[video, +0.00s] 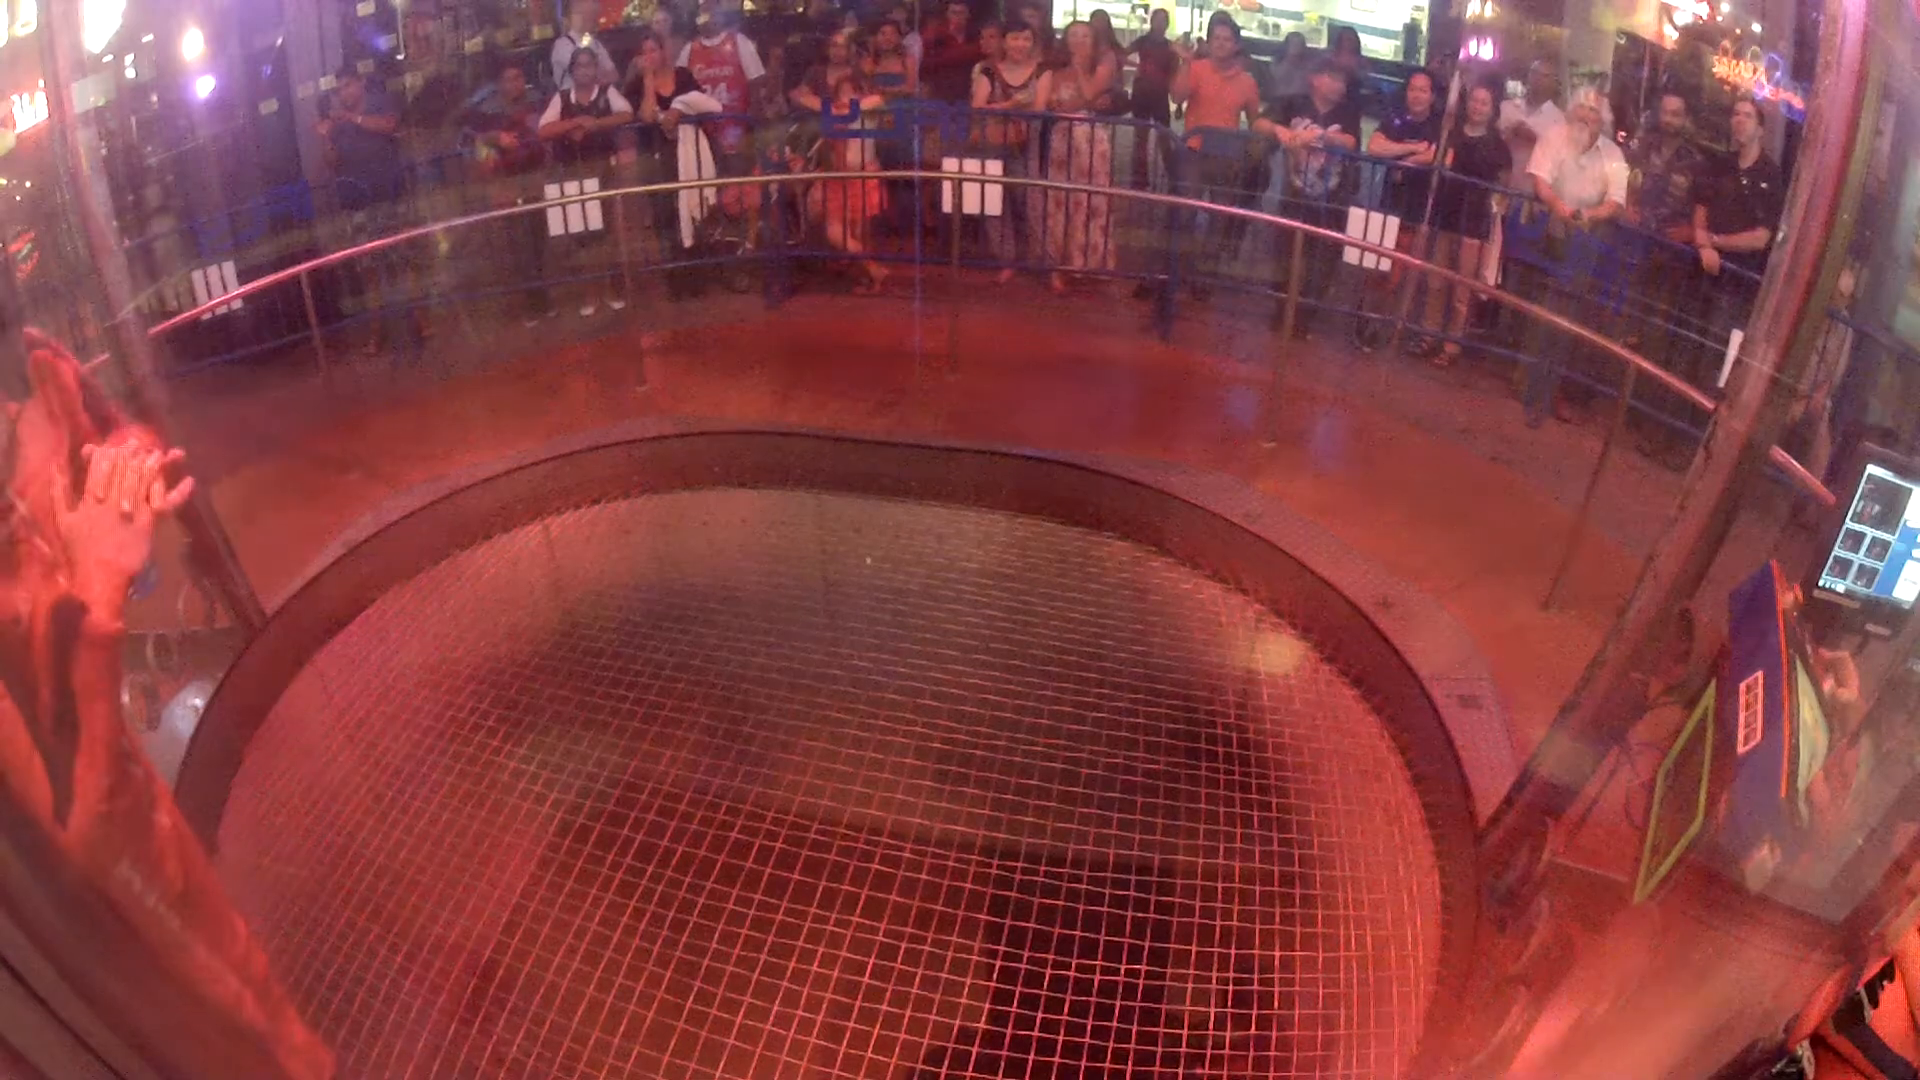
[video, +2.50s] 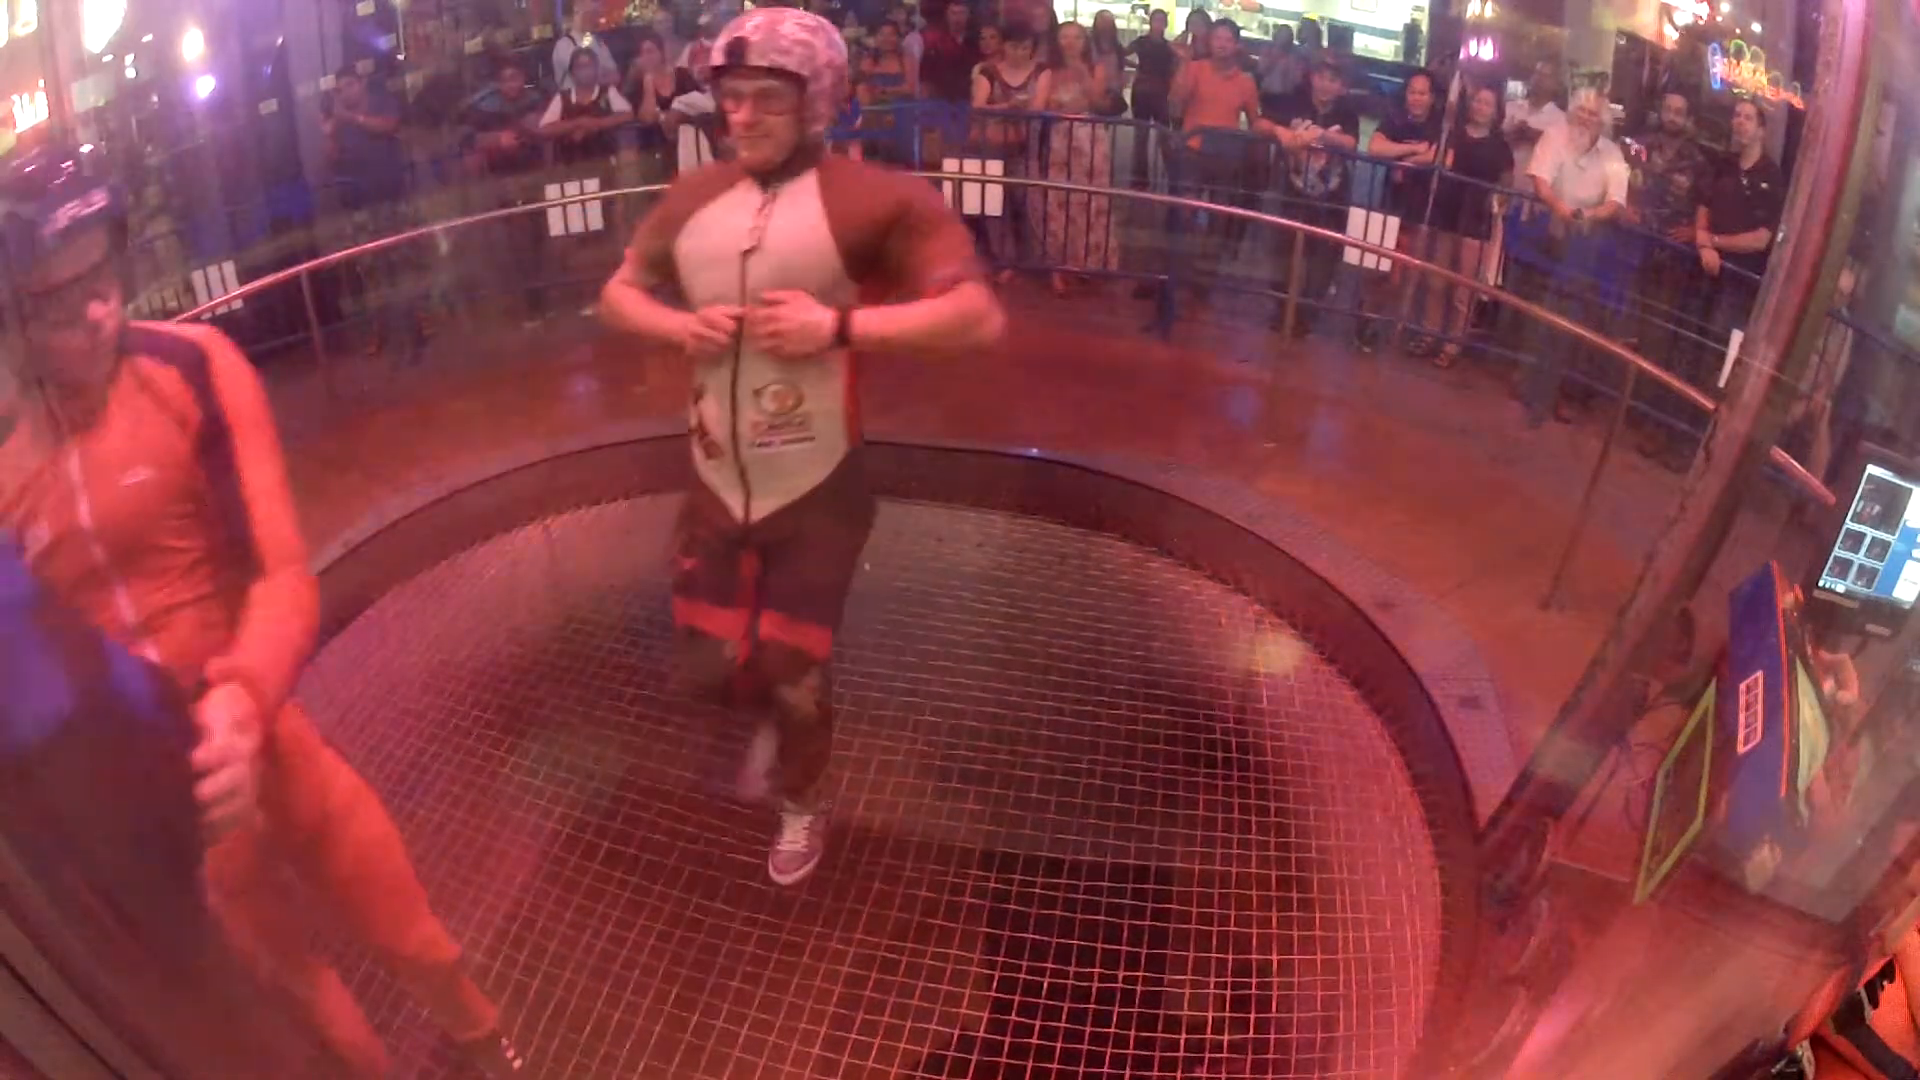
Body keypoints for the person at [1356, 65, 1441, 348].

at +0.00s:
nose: (1417, 95)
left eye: (1423, 90)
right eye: (1413, 89)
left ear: (1433, 97)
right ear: (1405, 93)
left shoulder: (1439, 127)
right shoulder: (1394, 120)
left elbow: (1438, 158)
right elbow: (1374, 147)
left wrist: (1400, 158)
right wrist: (1416, 148)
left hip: (1422, 212)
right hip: (1390, 207)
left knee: (1410, 273)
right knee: (1378, 268)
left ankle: (1398, 327)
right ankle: (1365, 320)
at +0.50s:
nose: (1416, 95)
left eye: (1423, 90)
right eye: (1412, 90)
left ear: (1432, 97)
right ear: (1404, 94)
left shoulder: (1439, 127)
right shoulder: (1394, 120)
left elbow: (1439, 158)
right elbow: (1375, 146)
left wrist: (1403, 157)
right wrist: (1416, 148)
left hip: (1422, 212)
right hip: (1390, 208)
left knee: (1409, 274)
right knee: (1379, 269)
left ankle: (1398, 326)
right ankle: (1368, 321)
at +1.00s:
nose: (1416, 96)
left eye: (1422, 91)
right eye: (1412, 90)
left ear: (1432, 97)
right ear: (1404, 94)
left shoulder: (1439, 127)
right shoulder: (1394, 121)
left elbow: (1439, 158)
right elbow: (1375, 146)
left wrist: (1400, 156)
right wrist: (1416, 148)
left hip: (1422, 212)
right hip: (1390, 208)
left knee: (1409, 274)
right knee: (1380, 269)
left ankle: (1398, 326)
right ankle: (1368, 321)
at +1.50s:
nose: (1416, 97)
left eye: (1422, 92)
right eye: (1412, 91)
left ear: (1432, 98)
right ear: (1404, 94)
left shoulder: (1439, 128)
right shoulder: (1394, 121)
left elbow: (1440, 159)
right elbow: (1375, 147)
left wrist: (1401, 158)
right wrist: (1415, 148)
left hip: (1422, 212)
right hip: (1389, 208)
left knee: (1410, 274)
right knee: (1378, 269)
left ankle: (1399, 326)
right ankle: (1369, 322)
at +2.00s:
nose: (1416, 98)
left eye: (1422, 93)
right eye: (1412, 91)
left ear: (1432, 99)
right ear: (1404, 95)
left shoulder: (1439, 129)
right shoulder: (1394, 122)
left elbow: (1439, 159)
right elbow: (1375, 147)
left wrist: (1403, 158)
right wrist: (1416, 148)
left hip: (1422, 213)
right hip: (1390, 209)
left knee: (1408, 275)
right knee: (1378, 269)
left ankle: (1397, 326)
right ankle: (1368, 319)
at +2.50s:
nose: (1416, 98)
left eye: (1422, 93)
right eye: (1412, 92)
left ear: (1433, 98)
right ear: (1405, 95)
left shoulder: (1439, 128)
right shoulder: (1394, 121)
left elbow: (1441, 159)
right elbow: (1375, 147)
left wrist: (1407, 160)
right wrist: (1417, 148)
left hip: (1423, 213)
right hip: (1391, 209)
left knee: (1409, 275)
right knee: (1379, 269)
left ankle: (1399, 326)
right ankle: (1367, 320)